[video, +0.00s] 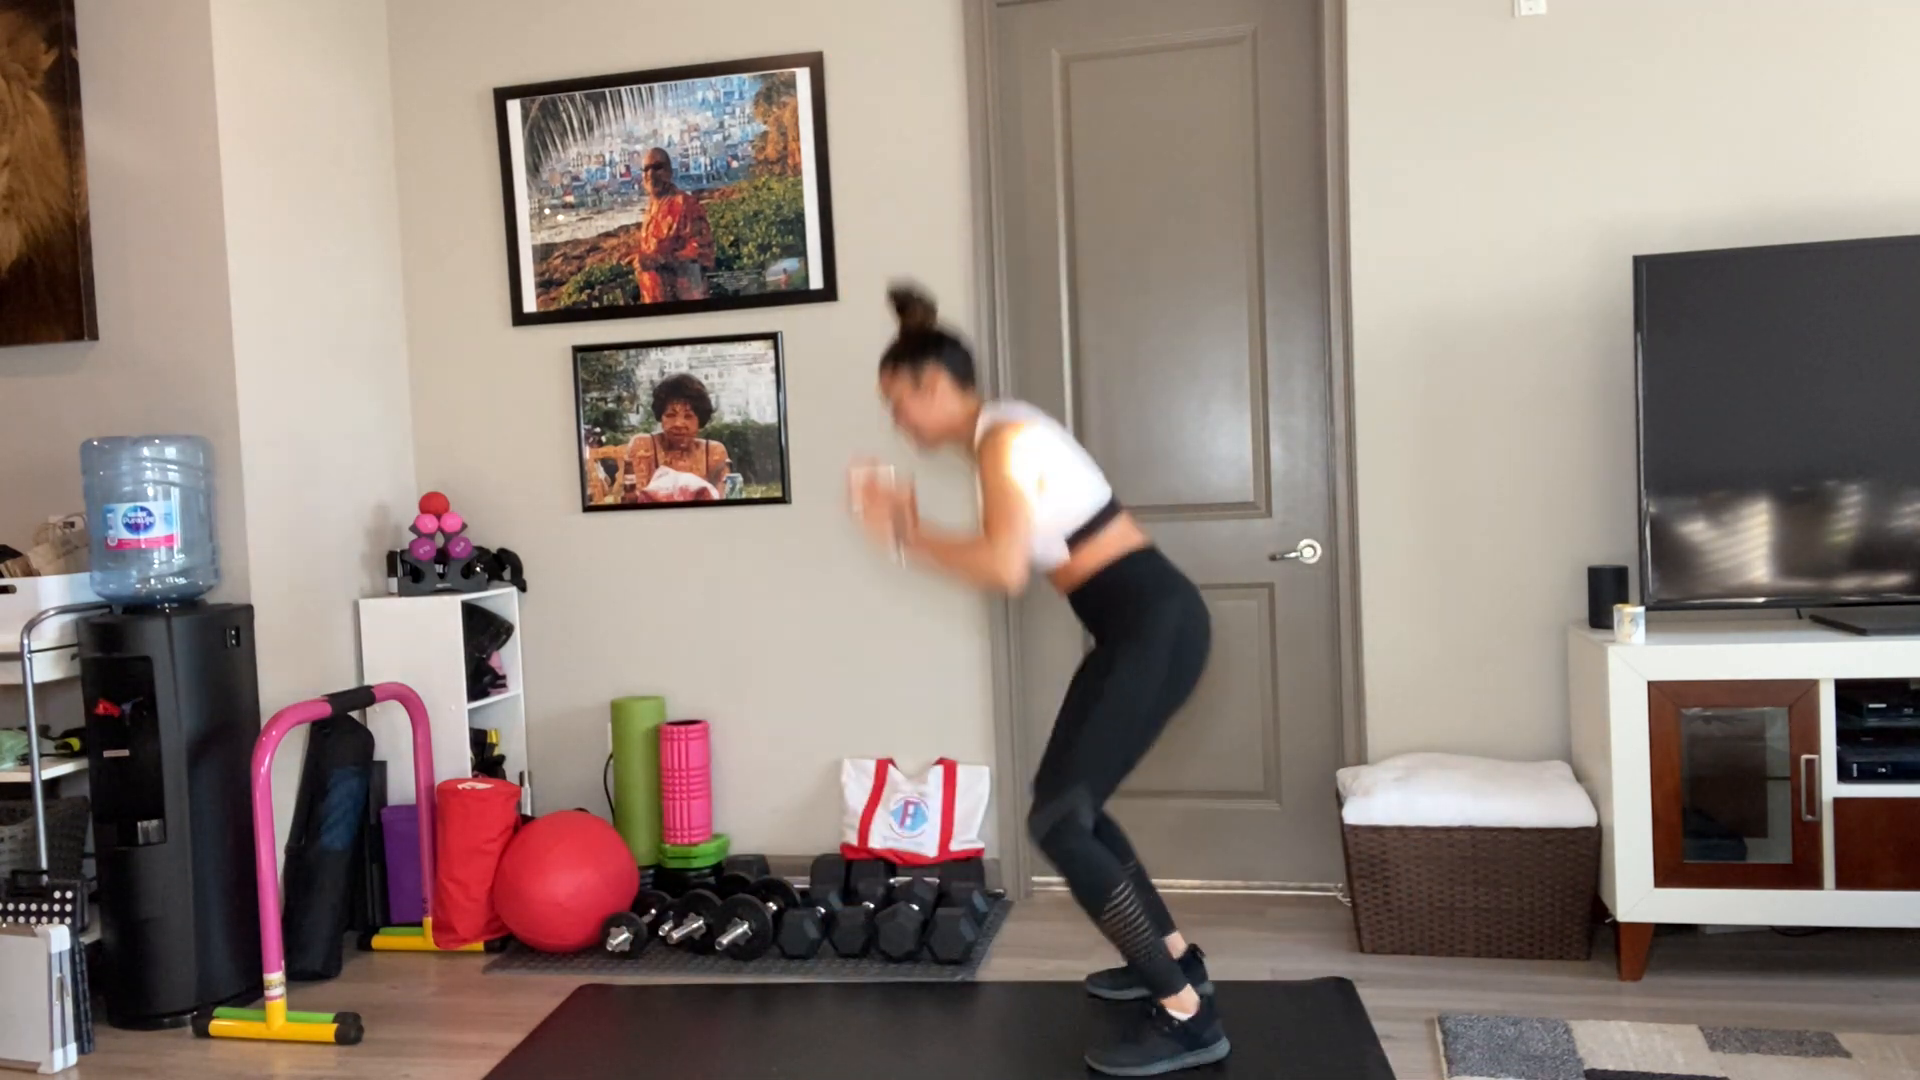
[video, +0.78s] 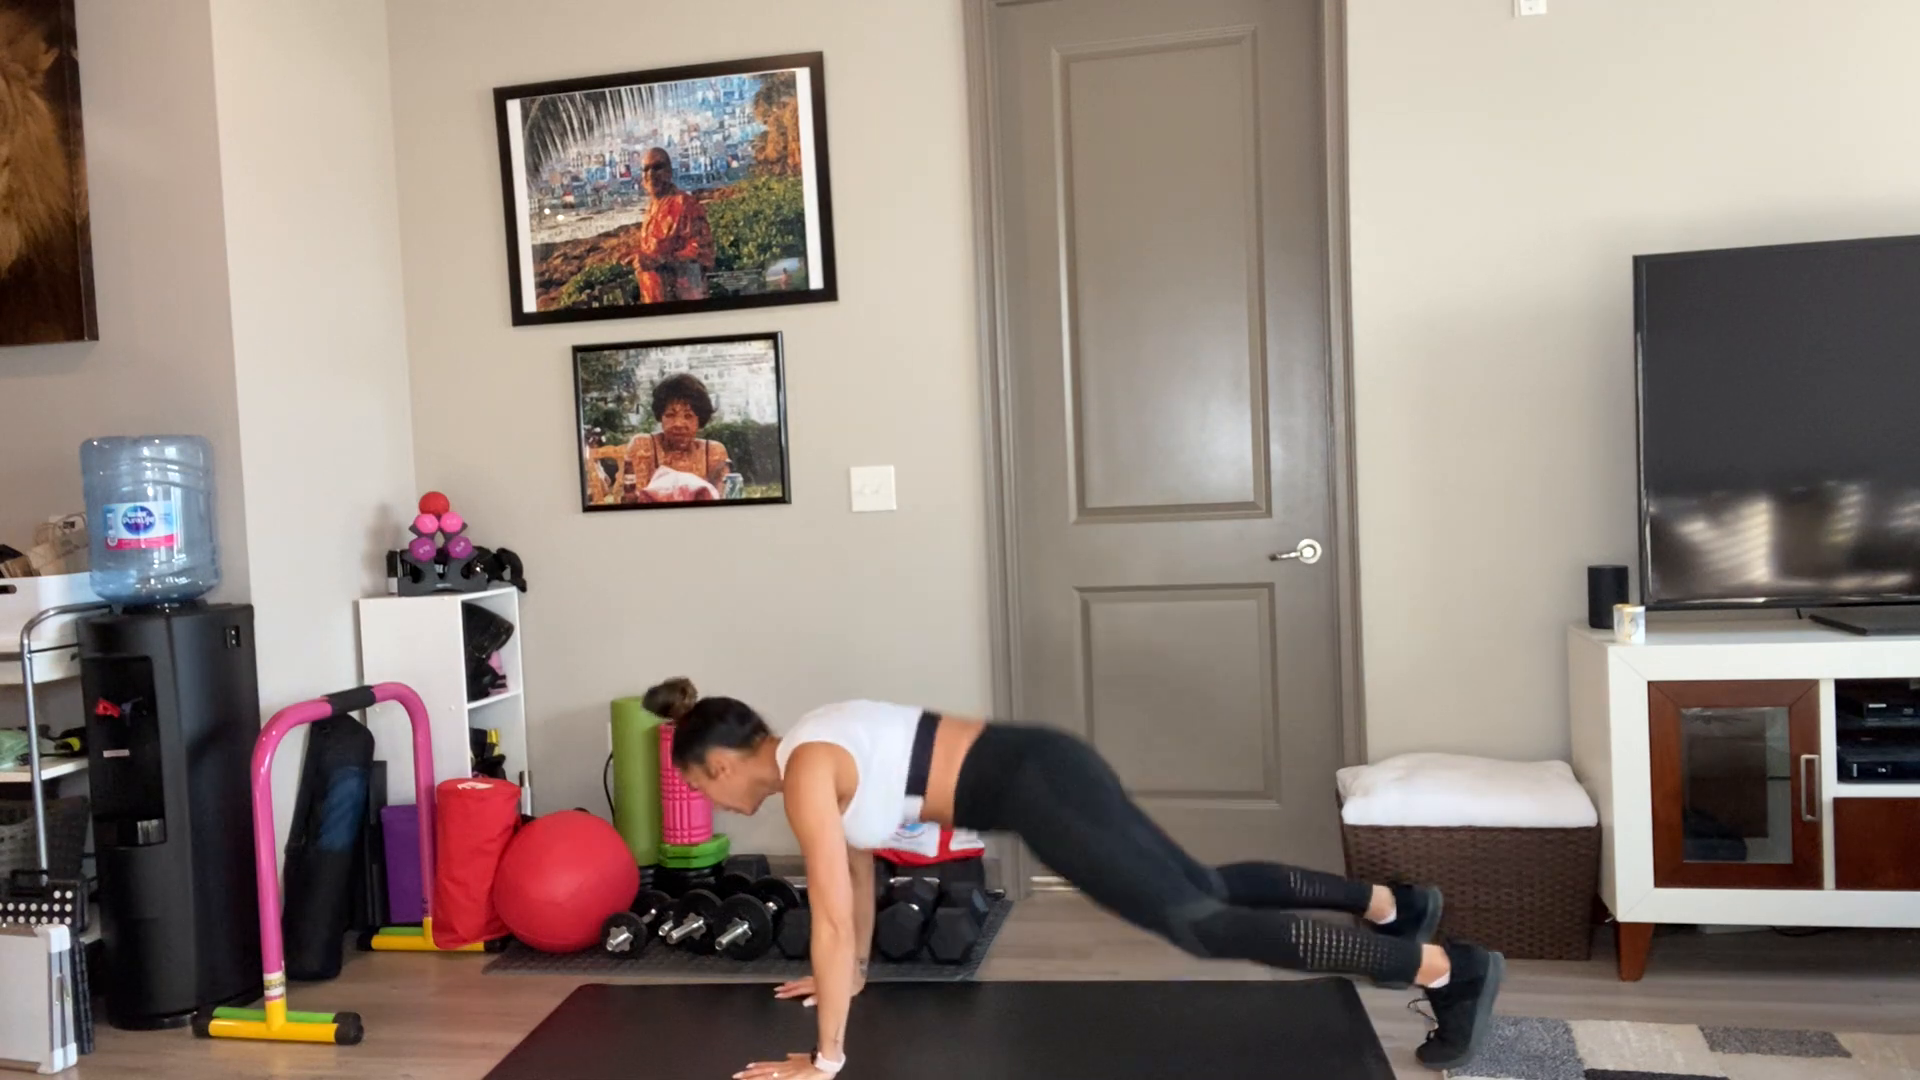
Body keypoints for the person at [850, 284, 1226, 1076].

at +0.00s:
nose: (899, 419)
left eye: (901, 400)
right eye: (893, 406)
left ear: (941, 384)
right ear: (938, 387)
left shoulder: (1007, 442)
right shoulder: (997, 438)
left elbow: (1006, 568)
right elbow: (999, 557)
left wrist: (911, 534)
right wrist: (912, 527)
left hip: (1155, 624)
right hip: (1131, 625)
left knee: (1061, 817)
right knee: (1067, 802)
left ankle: (1185, 1010)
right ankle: (1169, 951)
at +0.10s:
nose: (875, 550)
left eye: (876, 532)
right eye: (869, 535)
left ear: (912, 511)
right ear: (913, 511)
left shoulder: (987, 556)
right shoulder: (985, 545)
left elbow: (1012, 705)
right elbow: (1004, 690)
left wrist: (918, 758)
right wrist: (928, 720)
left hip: (1176, 683)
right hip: (1145, 683)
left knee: (1033, 845)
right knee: (1034, 809)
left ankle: (1183, 1012)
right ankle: (1166, 953)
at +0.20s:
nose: (864, 660)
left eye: (861, 642)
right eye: (856, 646)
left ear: (891, 618)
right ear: (901, 612)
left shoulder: (963, 647)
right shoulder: (976, 625)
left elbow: (962, 803)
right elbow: (992, 762)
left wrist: (893, 912)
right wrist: (918, 844)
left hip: (1187, 705)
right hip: (1155, 699)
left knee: (1033, 849)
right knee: (1030, 814)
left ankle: (1180, 1010)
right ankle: (1164, 951)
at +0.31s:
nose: (864, 741)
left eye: (855, 729)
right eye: (852, 733)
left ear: (874, 697)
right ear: (885, 685)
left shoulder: (936, 708)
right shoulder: (940, 687)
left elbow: (908, 856)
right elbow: (933, 839)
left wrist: (846, 988)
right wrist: (875, 916)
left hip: (1182, 675)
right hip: (1150, 670)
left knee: (1050, 835)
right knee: (1044, 803)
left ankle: (1185, 1015)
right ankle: (1167, 955)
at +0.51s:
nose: (837, 826)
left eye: (826, 812)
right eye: (826, 818)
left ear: (835, 776)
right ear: (840, 765)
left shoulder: (887, 762)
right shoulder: (890, 745)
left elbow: (868, 914)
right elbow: (874, 888)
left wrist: (827, 1051)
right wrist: (835, 973)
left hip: (1084, 595)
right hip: (1084, 595)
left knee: (1102, 817)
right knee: (1114, 789)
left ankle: (1281, 954)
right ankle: (1247, 884)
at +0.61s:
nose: (785, 833)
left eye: (771, 821)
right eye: (771, 825)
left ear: (781, 787)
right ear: (788, 772)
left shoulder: (843, 771)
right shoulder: (855, 749)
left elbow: (843, 922)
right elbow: (862, 901)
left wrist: (827, 1051)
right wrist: (826, 981)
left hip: (1041, 647)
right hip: (1046, 648)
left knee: (1167, 842)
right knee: (1162, 809)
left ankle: (1389, 938)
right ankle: (1339, 859)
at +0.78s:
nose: (711, 804)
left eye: (705, 789)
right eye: (702, 792)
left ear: (728, 760)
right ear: (743, 741)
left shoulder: (806, 779)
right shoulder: (820, 743)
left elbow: (840, 921)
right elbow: (853, 884)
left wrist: (827, 1049)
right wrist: (838, 968)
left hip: (1030, 781)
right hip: (1034, 768)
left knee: (1198, 926)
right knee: (1207, 888)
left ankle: (1439, 966)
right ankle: (1383, 902)